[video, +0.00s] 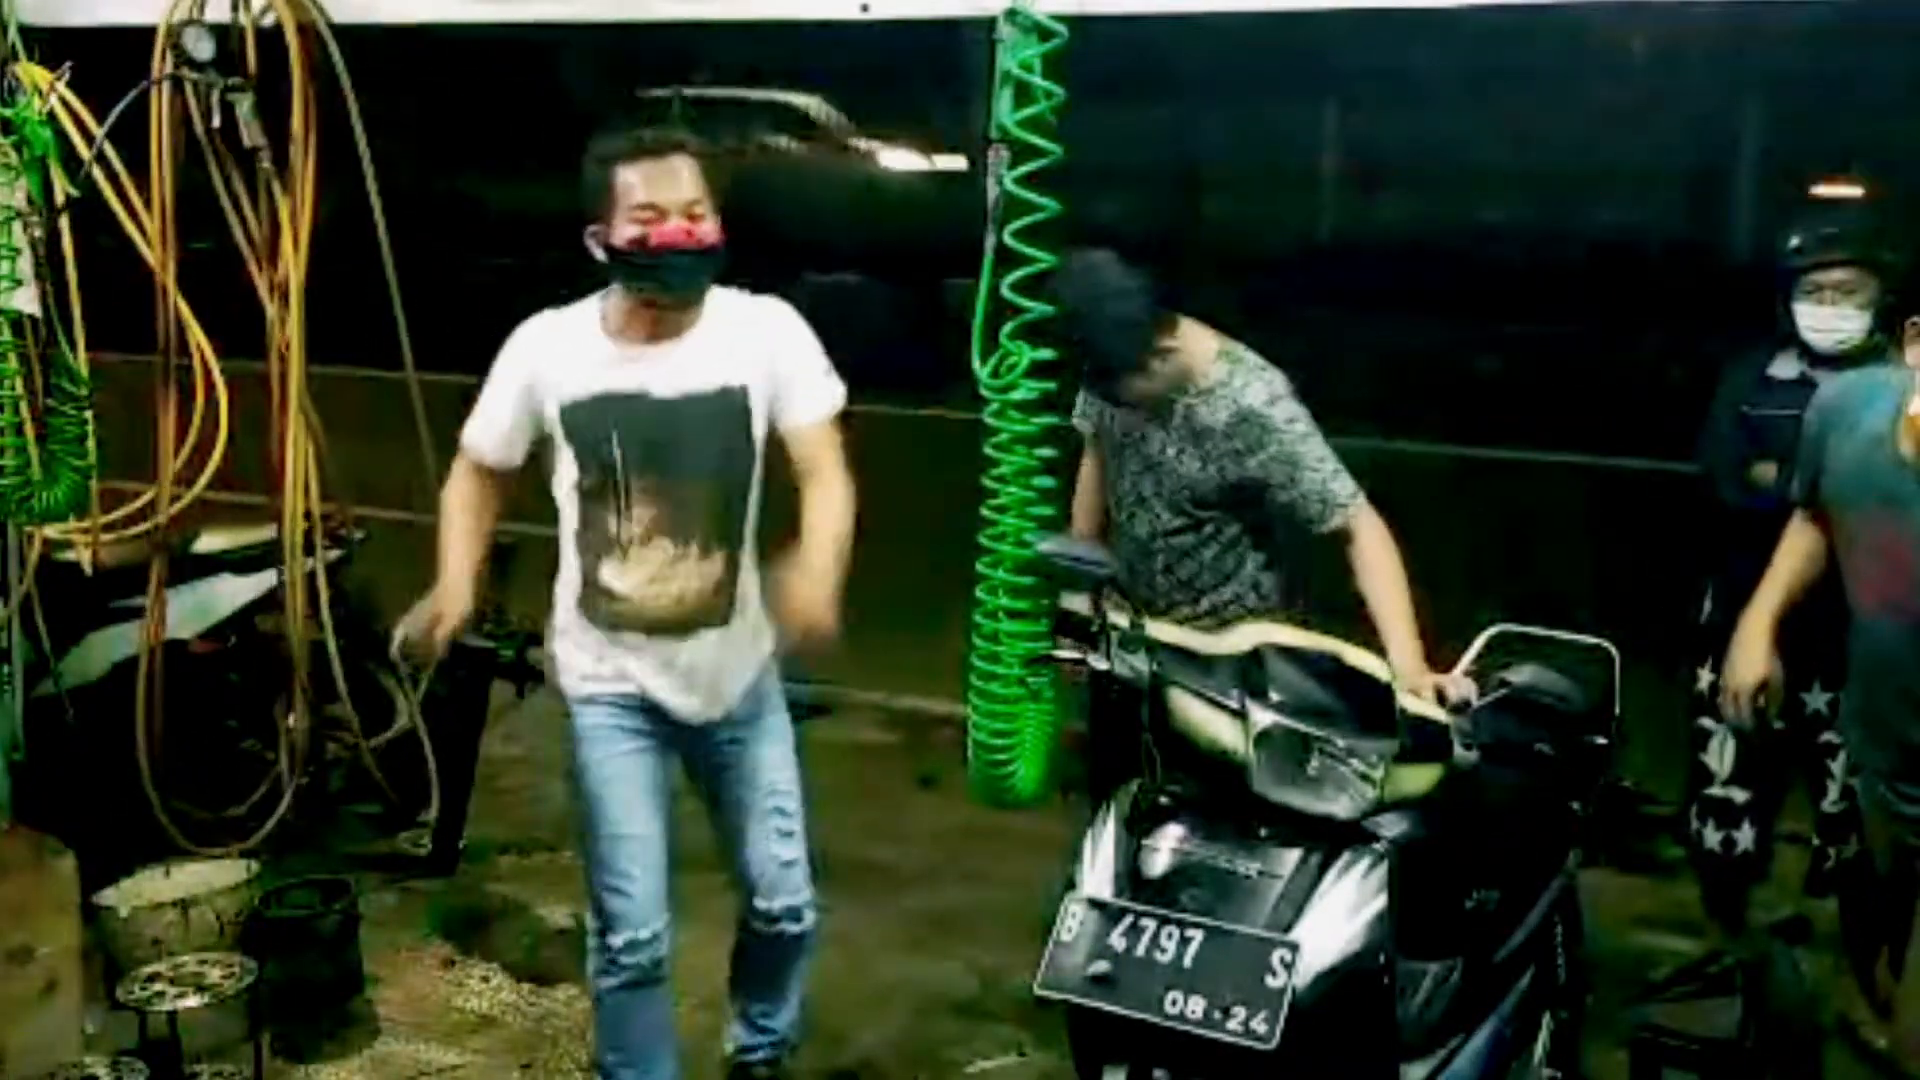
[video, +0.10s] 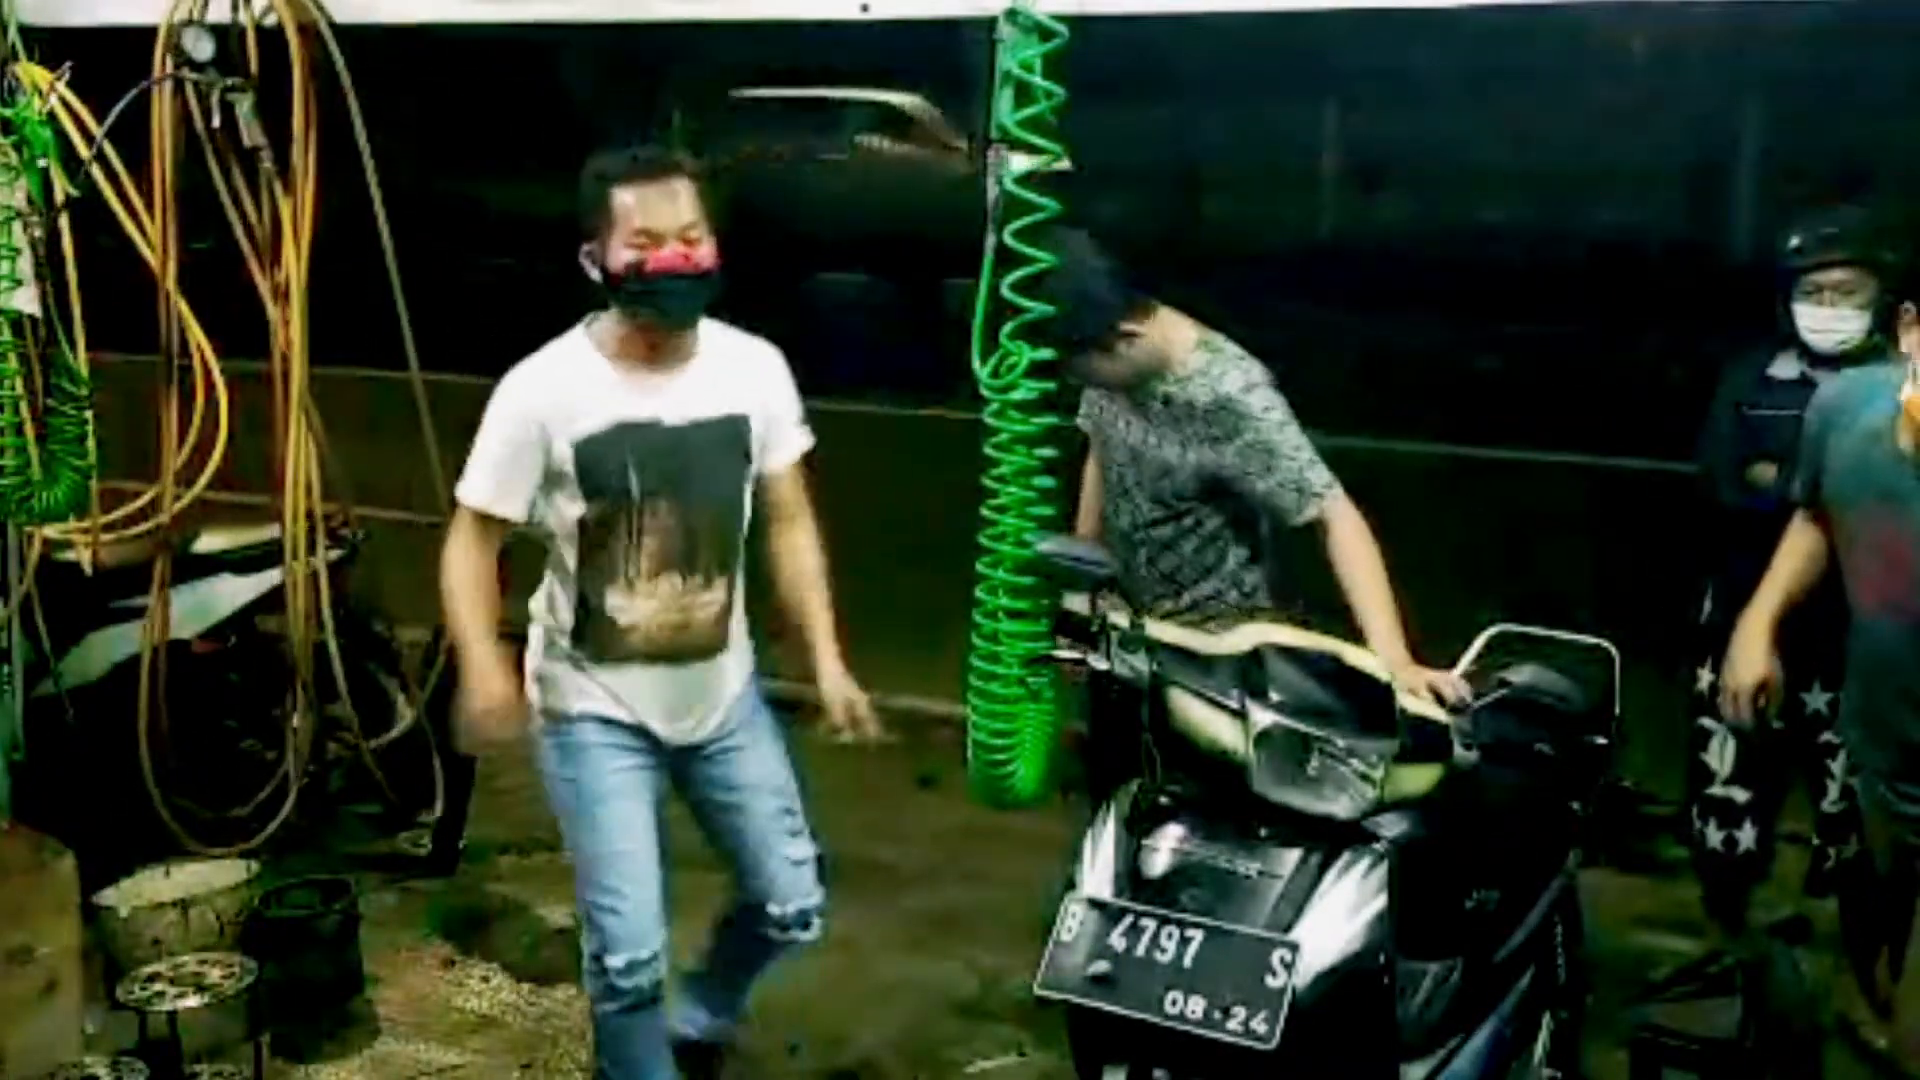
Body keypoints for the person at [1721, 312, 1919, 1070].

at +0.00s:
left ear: (1902, 338)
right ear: (1909, 345)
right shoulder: (1848, 408)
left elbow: (1816, 516)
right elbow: (1819, 515)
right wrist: (1756, 622)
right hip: (1886, 743)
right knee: (1877, 899)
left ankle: (1876, 999)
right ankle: (1873, 1002)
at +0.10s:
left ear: (1904, 328)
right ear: (1907, 331)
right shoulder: (1848, 406)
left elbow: (1812, 519)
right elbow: (1818, 517)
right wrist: (1757, 621)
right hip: (1884, 743)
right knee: (1874, 903)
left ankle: (1878, 1013)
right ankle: (1871, 1009)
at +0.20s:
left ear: (1904, 324)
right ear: (1906, 325)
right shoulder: (1850, 403)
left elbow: (1816, 518)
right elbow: (1822, 515)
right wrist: (1758, 621)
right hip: (1884, 745)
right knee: (1872, 905)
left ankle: (1879, 1011)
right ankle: (1870, 1007)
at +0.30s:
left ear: (1906, 312)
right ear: (1904, 311)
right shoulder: (1850, 403)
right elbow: (1825, 516)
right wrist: (1765, 616)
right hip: (1883, 744)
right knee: (1873, 893)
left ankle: (1881, 1016)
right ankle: (1871, 1007)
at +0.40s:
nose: (1909, 323)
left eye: (1903, 306)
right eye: (1911, 309)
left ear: (1904, 304)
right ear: (1900, 302)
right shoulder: (1850, 397)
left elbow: (1816, 520)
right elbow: (1820, 518)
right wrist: (1781, 620)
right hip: (1884, 733)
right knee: (1877, 896)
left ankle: (1879, 1013)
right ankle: (1872, 1008)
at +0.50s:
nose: (1912, 305)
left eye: (1908, 289)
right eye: (1910, 290)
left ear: (1899, 289)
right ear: (1899, 287)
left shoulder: (1864, 392)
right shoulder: (1854, 392)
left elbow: (1810, 522)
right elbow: (1811, 520)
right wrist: (1805, 618)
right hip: (1889, 702)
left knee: (1893, 876)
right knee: (1888, 874)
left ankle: (1883, 995)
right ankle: (1876, 994)